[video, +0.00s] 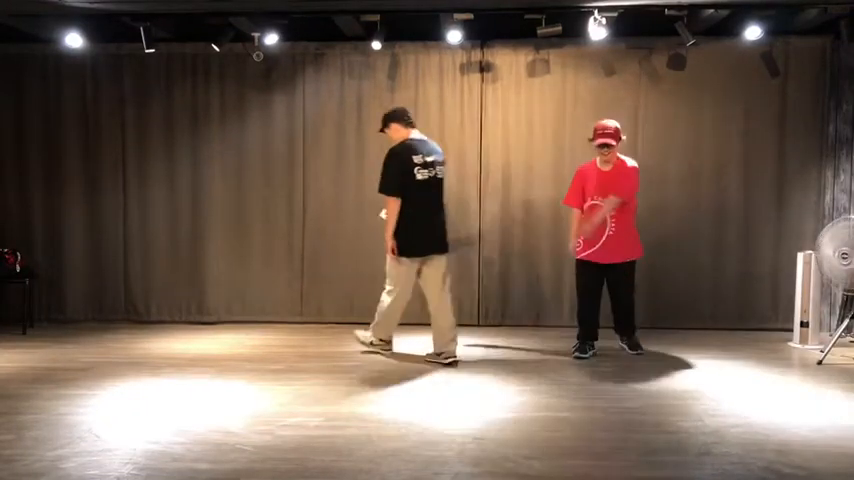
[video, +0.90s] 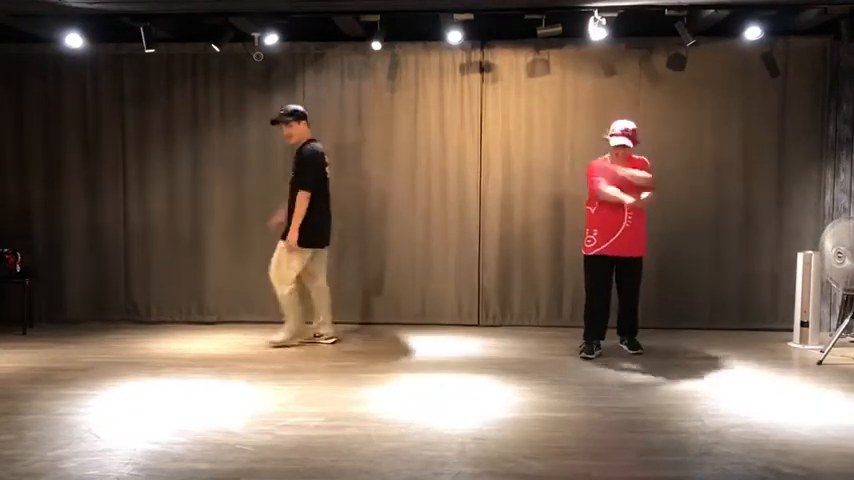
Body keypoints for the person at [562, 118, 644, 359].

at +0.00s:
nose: (604, 150)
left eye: (609, 145)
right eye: (600, 145)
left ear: (618, 144)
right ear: (594, 145)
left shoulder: (629, 169)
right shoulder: (584, 172)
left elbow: (617, 200)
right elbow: (577, 209)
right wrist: (574, 238)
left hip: (621, 248)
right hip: (590, 248)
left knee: (624, 297)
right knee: (587, 299)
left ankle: (627, 335)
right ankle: (585, 341)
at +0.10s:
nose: (609, 148)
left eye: (614, 143)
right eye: (604, 143)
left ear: (624, 144)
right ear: (599, 144)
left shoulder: (637, 170)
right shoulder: (589, 172)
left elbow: (642, 201)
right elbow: (580, 207)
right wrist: (579, 236)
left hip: (628, 246)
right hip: (595, 246)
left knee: (628, 296)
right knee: (591, 297)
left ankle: (628, 336)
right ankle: (586, 341)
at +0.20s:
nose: (614, 144)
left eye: (620, 140)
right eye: (611, 140)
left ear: (631, 142)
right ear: (607, 141)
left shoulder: (642, 169)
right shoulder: (595, 170)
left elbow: (667, 191)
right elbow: (583, 204)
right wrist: (583, 233)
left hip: (632, 245)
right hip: (600, 245)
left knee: (631, 296)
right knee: (595, 295)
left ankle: (628, 337)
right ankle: (587, 340)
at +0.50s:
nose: (625, 141)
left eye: (631, 137)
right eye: (622, 136)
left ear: (642, 141)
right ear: (617, 139)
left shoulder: (650, 166)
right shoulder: (604, 165)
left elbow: (666, 182)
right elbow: (582, 194)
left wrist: (678, 194)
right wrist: (573, 220)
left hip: (637, 242)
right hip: (605, 241)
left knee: (632, 293)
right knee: (600, 290)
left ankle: (629, 336)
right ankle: (589, 336)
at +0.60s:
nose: (626, 140)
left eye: (632, 136)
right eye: (623, 135)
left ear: (643, 141)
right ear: (618, 138)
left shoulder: (649, 164)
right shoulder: (604, 162)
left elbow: (653, 183)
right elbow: (578, 179)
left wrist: (662, 197)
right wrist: (563, 195)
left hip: (637, 243)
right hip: (606, 242)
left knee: (633, 294)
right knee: (600, 292)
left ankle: (628, 337)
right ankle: (590, 338)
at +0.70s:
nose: (626, 142)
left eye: (632, 138)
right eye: (623, 137)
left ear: (642, 143)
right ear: (617, 139)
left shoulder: (647, 166)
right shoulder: (601, 162)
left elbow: (660, 183)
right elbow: (572, 171)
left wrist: (679, 199)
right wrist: (548, 186)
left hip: (636, 243)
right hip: (604, 242)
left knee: (632, 294)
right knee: (600, 292)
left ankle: (628, 337)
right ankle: (593, 339)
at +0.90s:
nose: (619, 150)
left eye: (624, 146)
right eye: (616, 145)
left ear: (633, 146)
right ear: (609, 143)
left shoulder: (640, 164)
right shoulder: (597, 167)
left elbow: (648, 182)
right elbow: (602, 189)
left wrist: (618, 170)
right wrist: (627, 199)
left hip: (631, 244)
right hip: (599, 244)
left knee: (629, 295)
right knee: (597, 295)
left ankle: (628, 337)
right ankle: (592, 340)